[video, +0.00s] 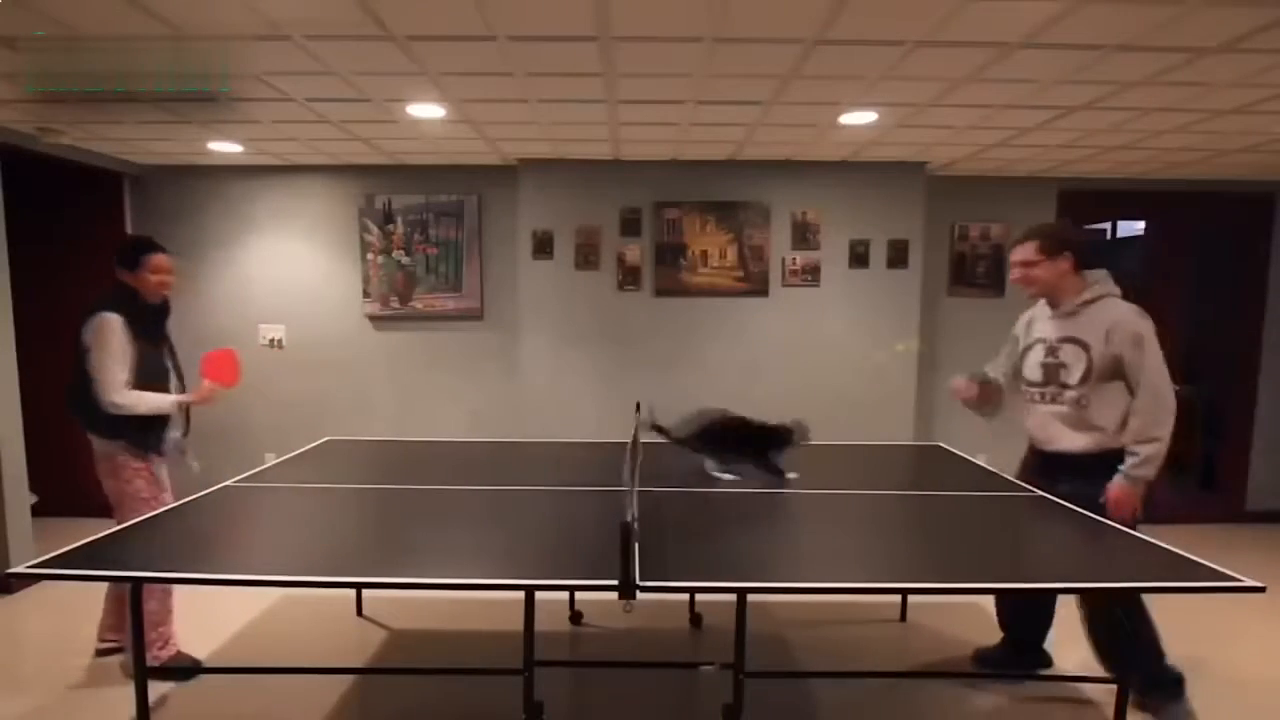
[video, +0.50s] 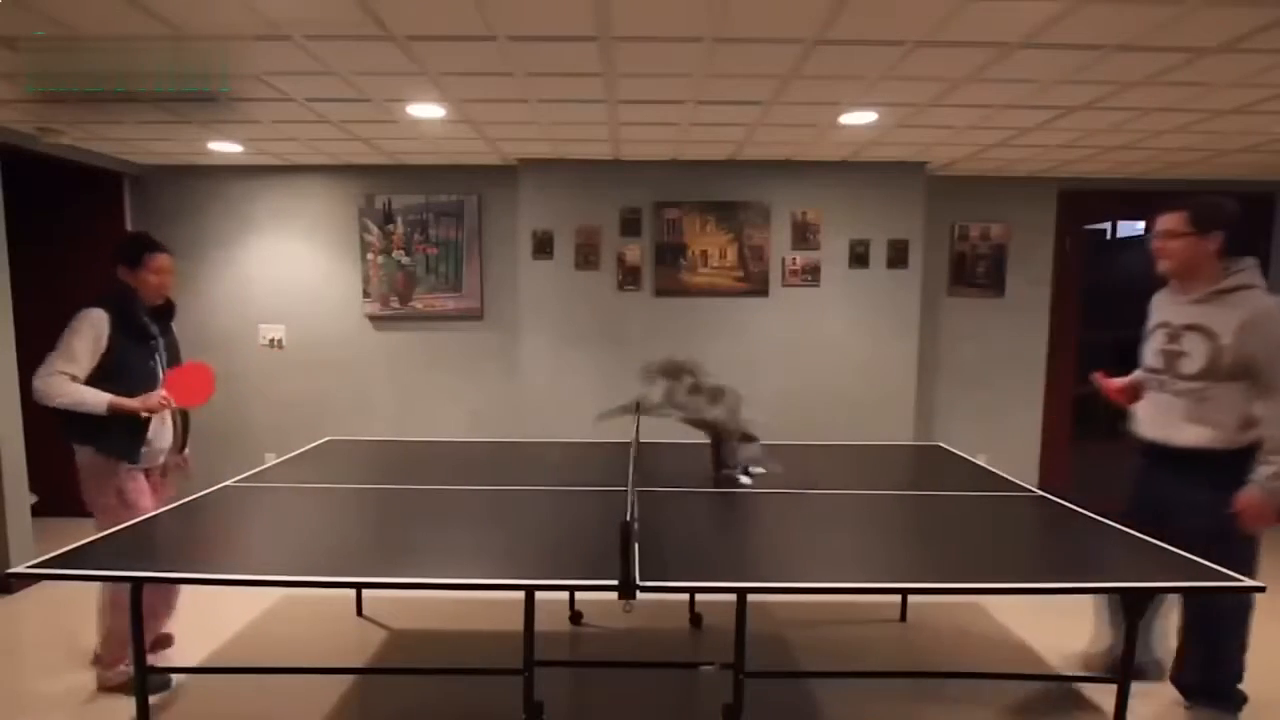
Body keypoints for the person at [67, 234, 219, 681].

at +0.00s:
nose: (166, 282)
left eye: (168, 274)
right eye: (157, 274)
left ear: (167, 277)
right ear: (128, 275)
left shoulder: (149, 319)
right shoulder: (110, 322)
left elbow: (155, 385)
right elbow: (113, 398)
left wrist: (190, 397)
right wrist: (185, 399)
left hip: (145, 445)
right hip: (121, 449)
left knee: (137, 538)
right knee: (158, 538)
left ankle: (114, 634)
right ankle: (157, 650)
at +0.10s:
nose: (164, 281)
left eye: (167, 272)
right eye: (154, 272)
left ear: (168, 277)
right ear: (127, 275)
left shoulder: (154, 324)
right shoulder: (99, 321)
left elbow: (160, 386)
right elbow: (84, 393)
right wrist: (161, 403)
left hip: (154, 450)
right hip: (118, 454)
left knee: (137, 540)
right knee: (156, 539)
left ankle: (114, 634)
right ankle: (156, 649)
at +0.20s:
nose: (158, 278)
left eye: (162, 270)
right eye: (148, 269)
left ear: (163, 276)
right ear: (122, 273)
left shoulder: (156, 323)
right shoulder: (96, 320)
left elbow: (168, 385)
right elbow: (64, 390)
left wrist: (180, 432)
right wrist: (140, 407)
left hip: (155, 453)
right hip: (114, 456)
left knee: (139, 543)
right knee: (144, 544)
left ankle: (113, 634)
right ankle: (151, 651)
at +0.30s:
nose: (156, 278)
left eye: (160, 270)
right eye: (146, 269)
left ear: (161, 276)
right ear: (119, 272)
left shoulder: (154, 323)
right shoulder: (92, 322)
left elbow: (167, 384)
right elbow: (59, 391)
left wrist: (181, 432)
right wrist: (135, 407)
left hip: (154, 456)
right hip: (114, 459)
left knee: (144, 552)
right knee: (135, 553)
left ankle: (123, 652)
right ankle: (121, 664)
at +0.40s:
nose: (158, 277)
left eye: (161, 269)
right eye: (148, 269)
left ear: (161, 274)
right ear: (121, 272)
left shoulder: (155, 322)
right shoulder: (93, 320)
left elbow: (167, 384)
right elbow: (54, 389)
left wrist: (179, 435)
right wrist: (132, 404)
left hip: (154, 457)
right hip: (111, 460)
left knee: (148, 552)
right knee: (128, 555)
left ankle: (137, 648)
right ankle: (114, 667)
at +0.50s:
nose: (167, 283)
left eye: (169, 273)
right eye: (158, 273)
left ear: (166, 276)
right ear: (128, 274)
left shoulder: (158, 325)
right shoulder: (97, 321)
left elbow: (165, 391)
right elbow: (47, 384)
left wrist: (175, 444)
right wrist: (126, 403)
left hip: (152, 460)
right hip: (108, 462)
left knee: (159, 550)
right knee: (136, 554)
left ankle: (142, 644)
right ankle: (115, 667)